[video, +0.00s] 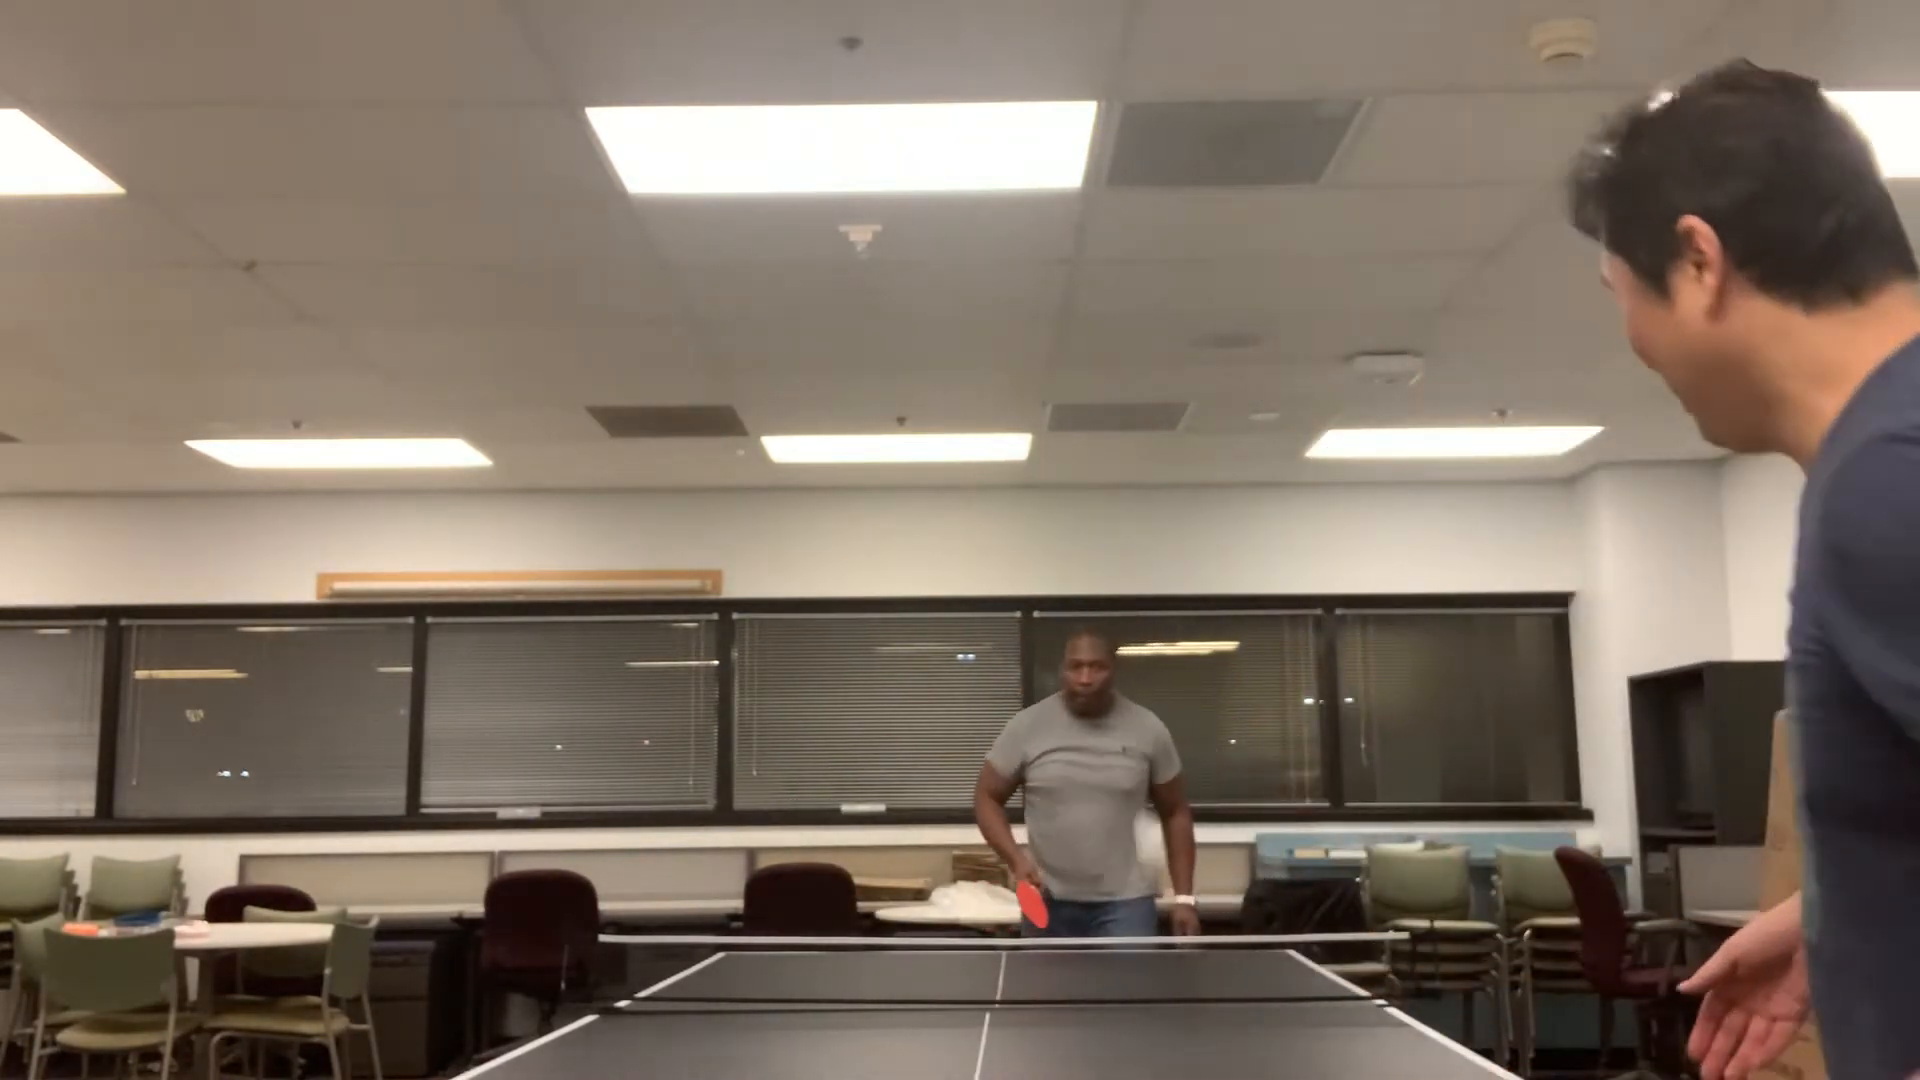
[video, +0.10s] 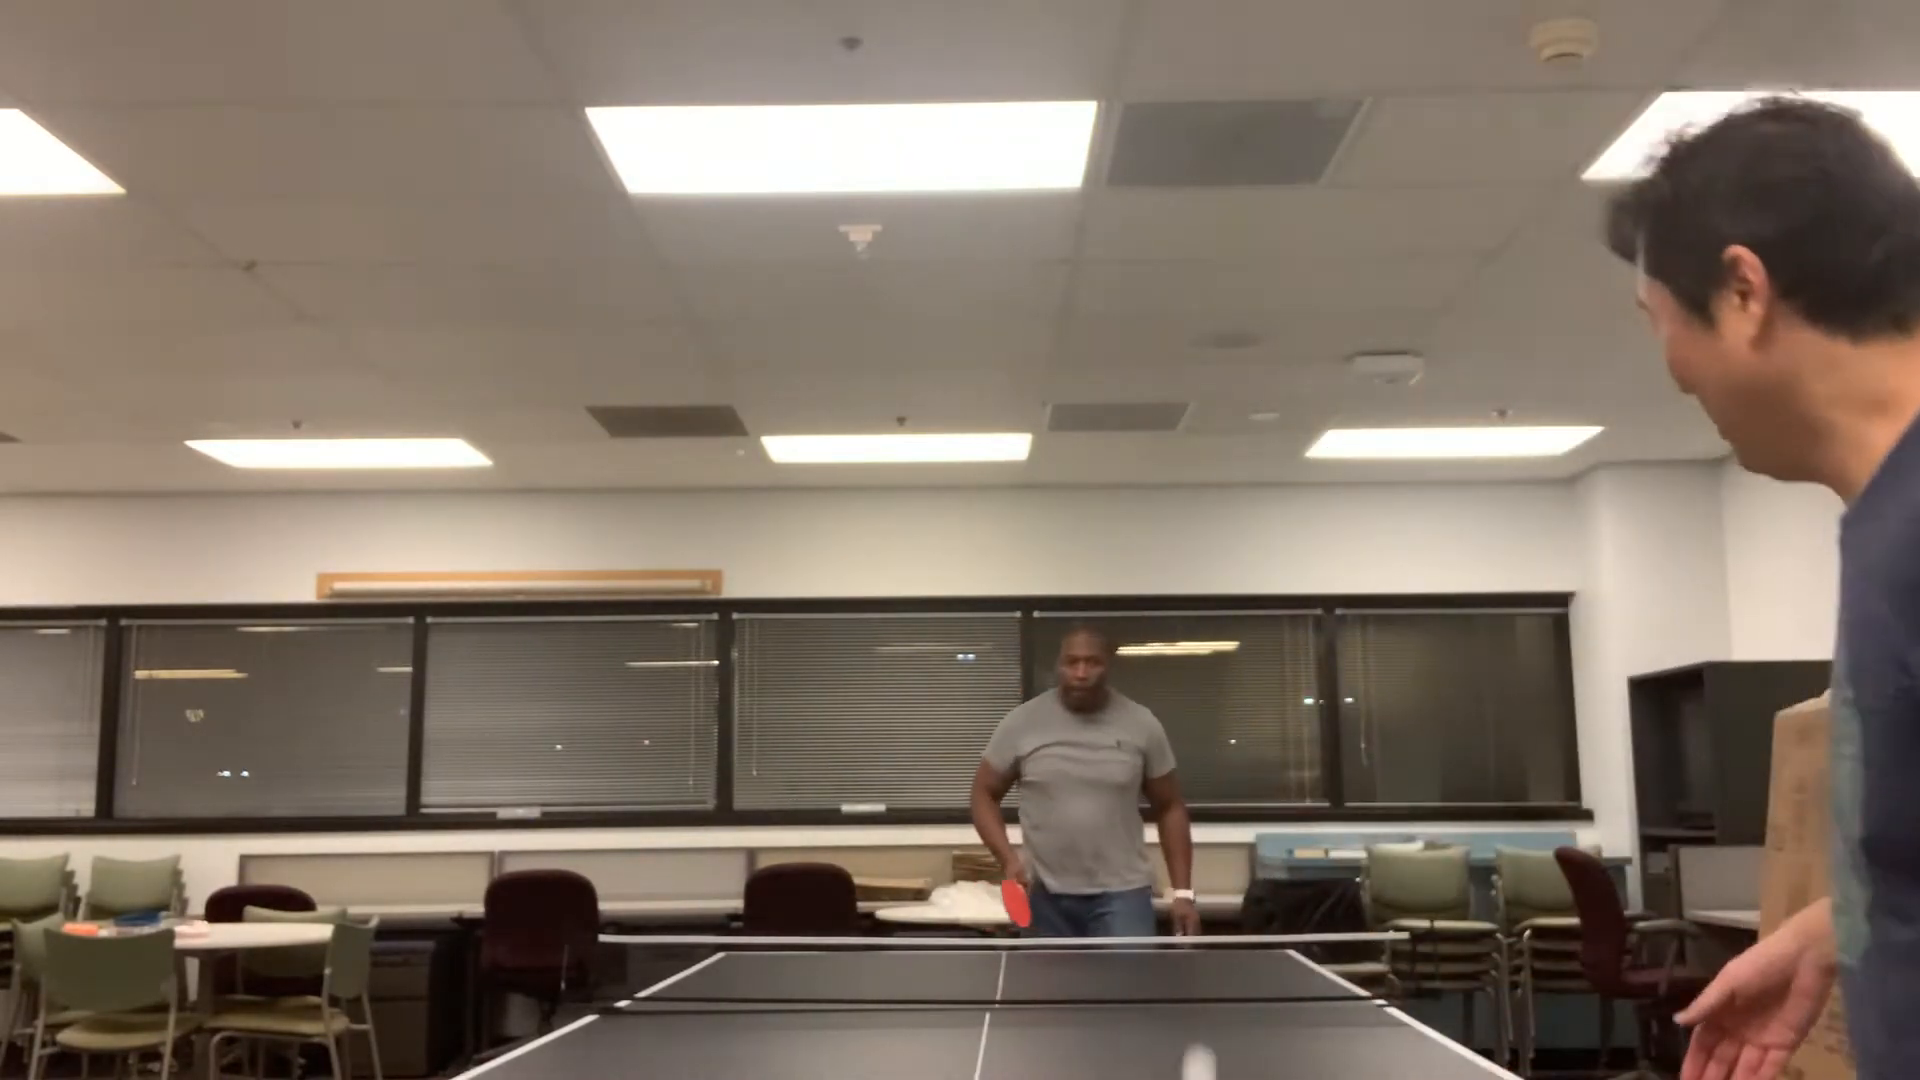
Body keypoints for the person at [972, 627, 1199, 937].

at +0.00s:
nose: (1085, 678)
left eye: (1096, 667)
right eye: (1076, 667)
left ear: (1112, 671)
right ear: (1062, 671)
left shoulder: (1147, 730)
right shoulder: (1027, 726)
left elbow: (1175, 812)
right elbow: (986, 798)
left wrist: (1184, 898)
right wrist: (1016, 859)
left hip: (1124, 902)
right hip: (1050, 902)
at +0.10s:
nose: (1081, 673)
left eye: (1092, 663)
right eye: (1072, 662)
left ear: (1108, 666)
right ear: (1058, 666)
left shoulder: (1141, 725)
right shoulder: (1022, 722)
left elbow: (1170, 807)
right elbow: (983, 795)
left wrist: (1182, 894)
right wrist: (1008, 859)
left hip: (1122, 893)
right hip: (1048, 894)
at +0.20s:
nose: (1081, 673)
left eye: (1092, 662)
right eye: (1072, 661)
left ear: (1108, 666)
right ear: (1058, 665)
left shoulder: (1140, 726)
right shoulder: (1022, 722)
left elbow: (1170, 807)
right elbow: (985, 792)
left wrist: (1186, 892)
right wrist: (1005, 859)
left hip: (1122, 896)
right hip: (1047, 896)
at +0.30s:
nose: (1086, 674)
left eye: (1096, 664)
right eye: (1076, 663)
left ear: (1111, 668)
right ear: (1062, 667)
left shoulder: (1145, 727)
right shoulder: (1026, 725)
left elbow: (1174, 808)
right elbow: (991, 795)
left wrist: (1188, 893)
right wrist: (1009, 866)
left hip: (1127, 900)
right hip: (1050, 899)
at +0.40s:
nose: (1095, 673)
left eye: (1106, 663)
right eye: (1085, 662)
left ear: (1119, 668)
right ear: (1069, 668)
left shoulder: (1152, 727)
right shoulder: (1036, 726)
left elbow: (1181, 810)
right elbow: (1004, 799)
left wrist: (1191, 895)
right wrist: (1015, 872)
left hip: (1132, 896)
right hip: (1057, 895)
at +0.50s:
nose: (1102, 673)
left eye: (1113, 662)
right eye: (1092, 662)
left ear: (1127, 668)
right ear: (1077, 667)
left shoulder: (1160, 728)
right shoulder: (1043, 725)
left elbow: (1189, 810)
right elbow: (1017, 801)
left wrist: (1197, 896)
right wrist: (1026, 873)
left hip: (1140, 895)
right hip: (1065, 893)